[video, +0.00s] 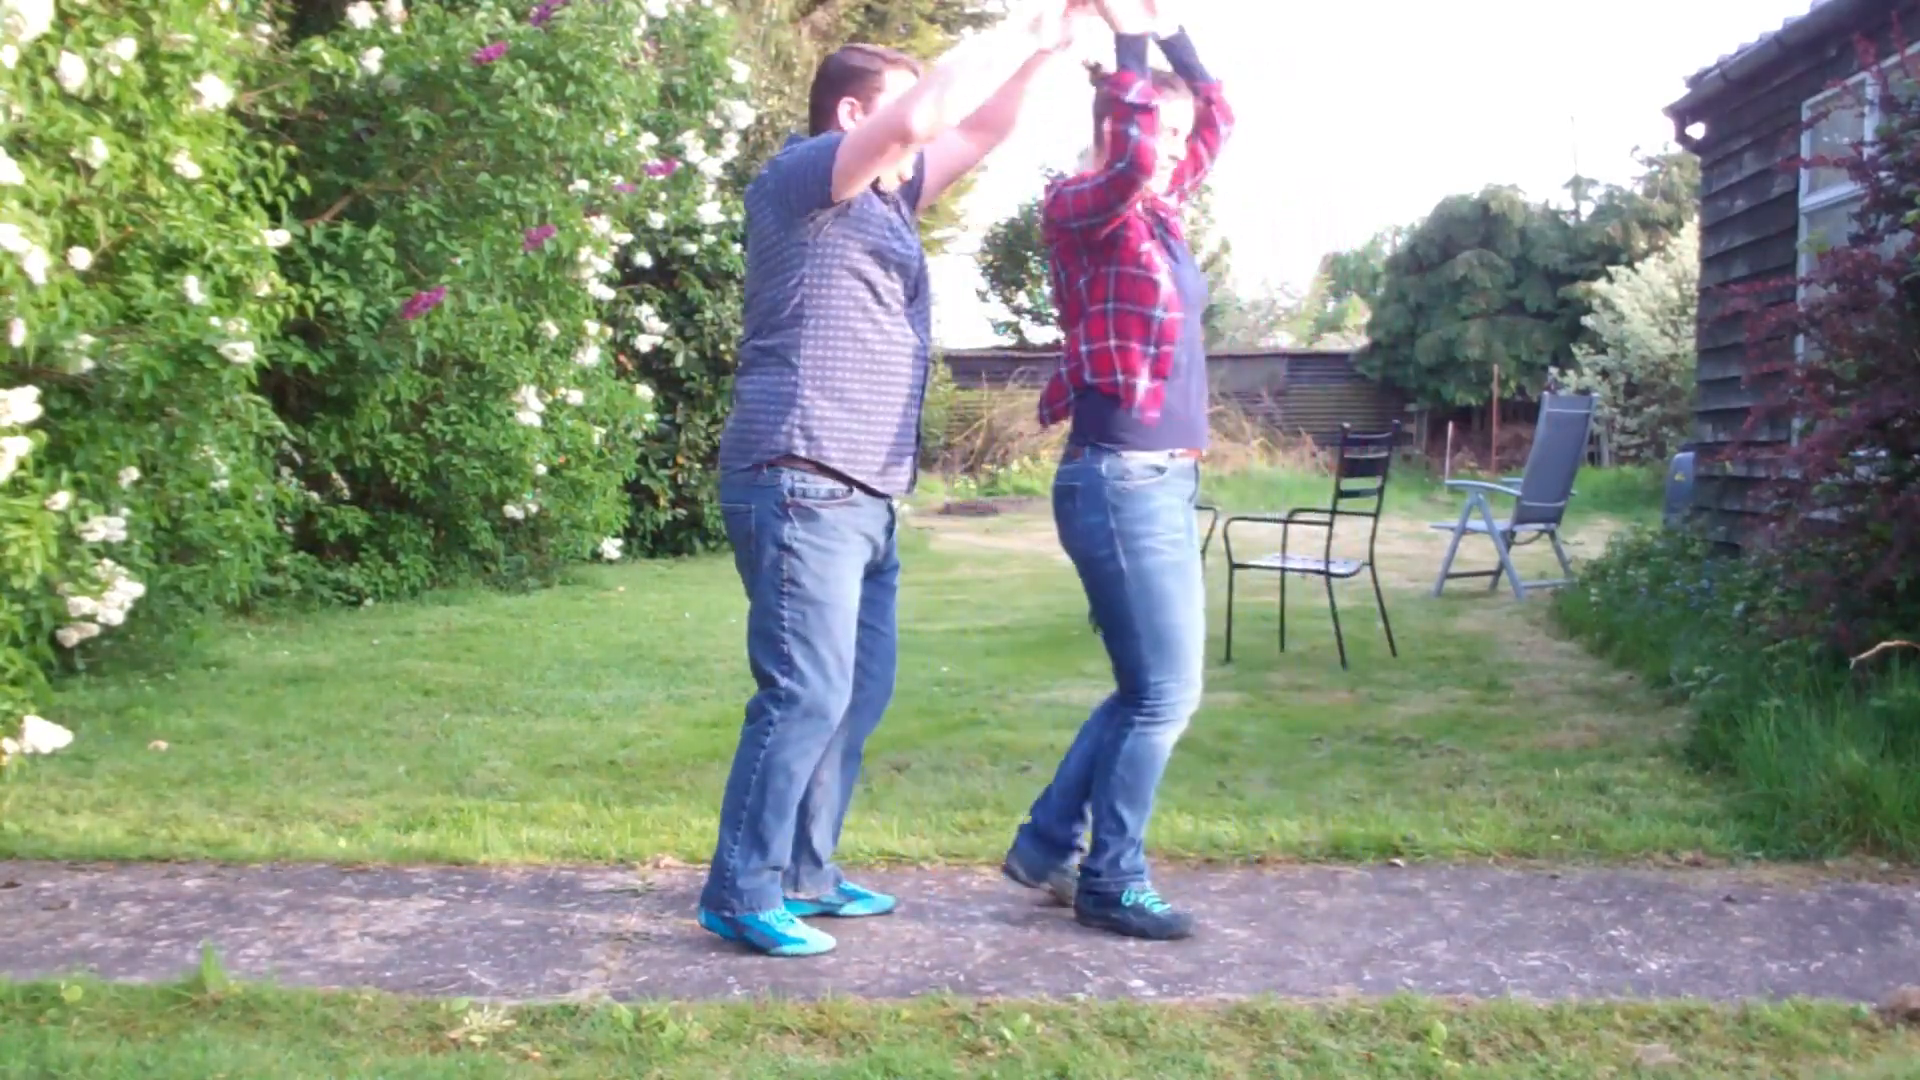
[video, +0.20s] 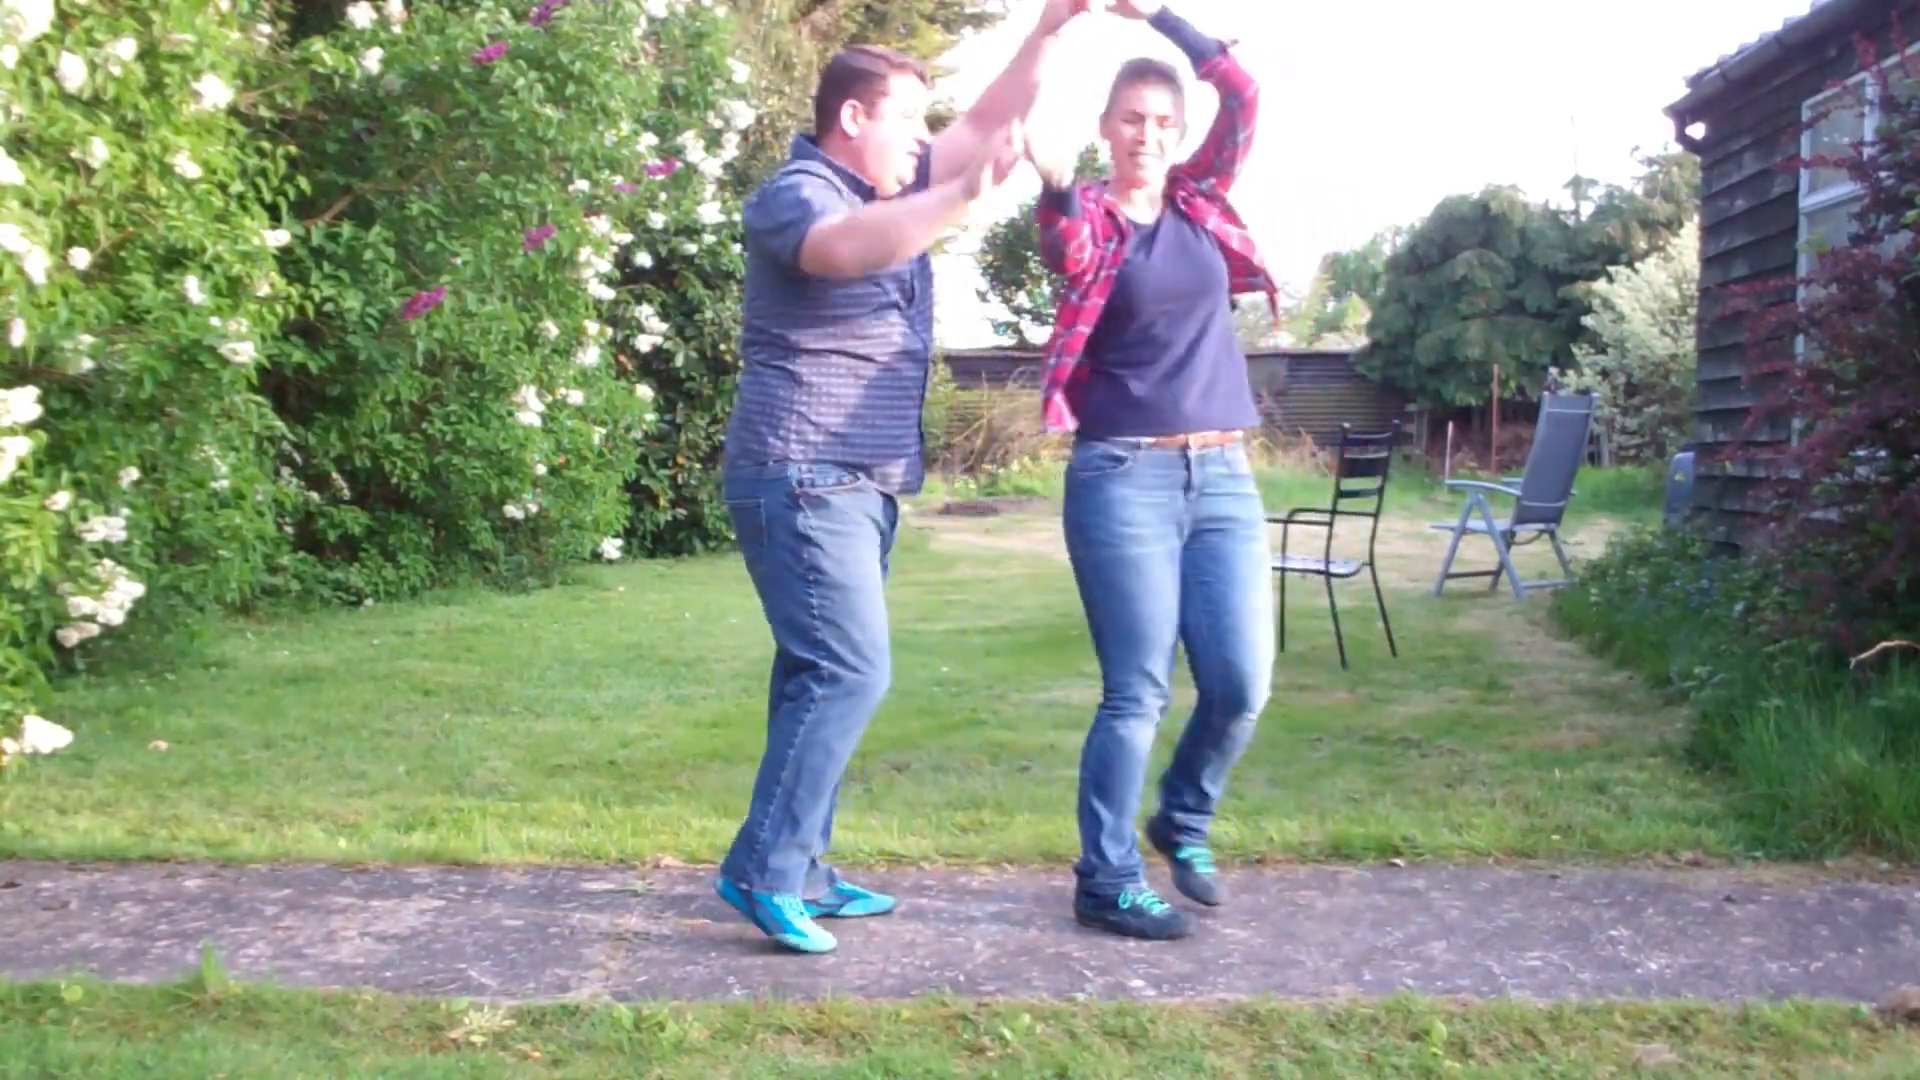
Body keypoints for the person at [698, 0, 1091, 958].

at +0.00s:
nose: (911, 121)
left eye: (915, 106)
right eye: (895, 105)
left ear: (899, 123)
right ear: (839, 110)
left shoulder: (889, 197)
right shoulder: (792, 182)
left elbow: (983, 131)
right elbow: (910, 119)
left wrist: (1050, 47)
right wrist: (1015, 36)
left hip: (867, 498)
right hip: (798, 486)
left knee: (857, 694)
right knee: (804, 693)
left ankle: (807, 871)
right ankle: (739, 893)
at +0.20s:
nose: (919, 130)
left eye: (921, 115)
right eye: (907, 114)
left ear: (874, 122)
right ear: (852, 117)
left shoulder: (892, 186)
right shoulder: (793, 192)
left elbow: (982, 129)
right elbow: (843, 250)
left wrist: (1046, 33)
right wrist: (965, 192)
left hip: (863, 481)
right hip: (800, 478)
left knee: (819, 675)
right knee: (852, 668)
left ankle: (797, 863)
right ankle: (762, 870)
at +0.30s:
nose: (923, 134)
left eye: (924, 119)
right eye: (911, 118)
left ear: (873, 124)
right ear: (855, 121)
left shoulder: (891, 189)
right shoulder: (800, 206)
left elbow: (985, 144)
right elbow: (830, 321)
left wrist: (1031, 64)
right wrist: (953, 326)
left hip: (858, 474)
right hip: (801, 471)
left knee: (806, 668)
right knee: (877, 659)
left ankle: (787, 857)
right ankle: (790, 864)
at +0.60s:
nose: (946, 142)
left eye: (944, 124)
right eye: (934, 123)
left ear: (885, 125)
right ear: (881, 123)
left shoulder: (899, 201)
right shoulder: (848, 207)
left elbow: (1004, 238)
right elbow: (921, 352)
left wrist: (1047, 205)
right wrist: (974, 345)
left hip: (854, 475)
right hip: (824, 474)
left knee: (809, 682)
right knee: (880, 676)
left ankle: (787, 877)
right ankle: (923, 881)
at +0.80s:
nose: (972, 144)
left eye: (972, 128)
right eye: (961, 126)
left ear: (908, 124)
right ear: (910, 121)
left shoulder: (911, 205)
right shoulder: (879, 191)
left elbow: (996, 292)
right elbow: (1013, 250)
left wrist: (1069, 300)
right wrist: (1024, 191)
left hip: (877, 478)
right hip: (872, 478)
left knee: (844, 686)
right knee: (918, 682)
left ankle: (794, 873)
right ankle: (943, 887)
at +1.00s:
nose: (1014, 125)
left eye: (1012, 110)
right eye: (999, 108)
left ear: (956, 120)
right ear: (948, 117)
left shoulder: (978, 220)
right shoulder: (911, 183)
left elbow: (1003, 350)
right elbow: (1044, 162)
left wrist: (1092, 365)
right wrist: (1111, 120)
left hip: (971, 478)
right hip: (921, 471)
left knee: (979, 673)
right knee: (958, 680)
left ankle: (847, 822)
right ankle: (951, 889)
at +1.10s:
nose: (1039, 118)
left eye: (1035, 102)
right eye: (1022, 103)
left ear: (976, 119)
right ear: (969, 118)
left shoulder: (1003, 227)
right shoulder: (926, 187)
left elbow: (1012, 361)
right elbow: (1056, 137)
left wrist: (1097, 389)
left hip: (1003, 489)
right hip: (945, 477)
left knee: (1045, 662)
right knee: (977, 688)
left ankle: (916, 810)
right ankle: (952, 889)